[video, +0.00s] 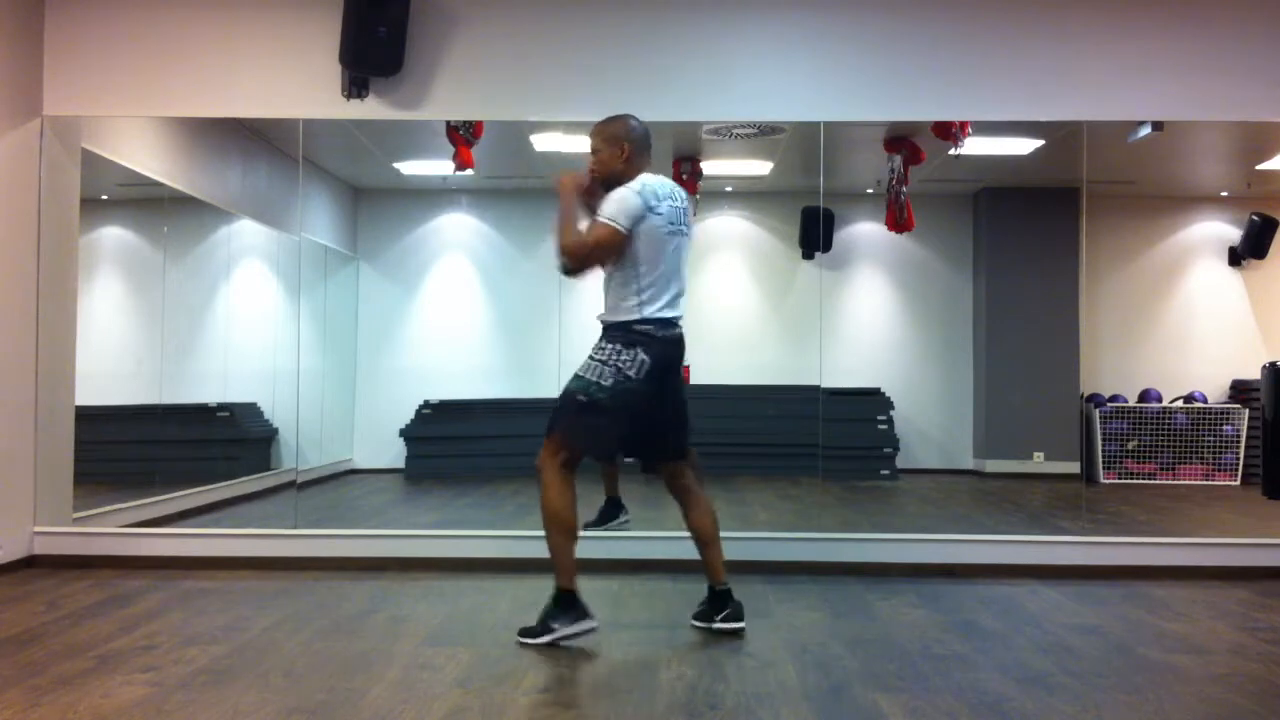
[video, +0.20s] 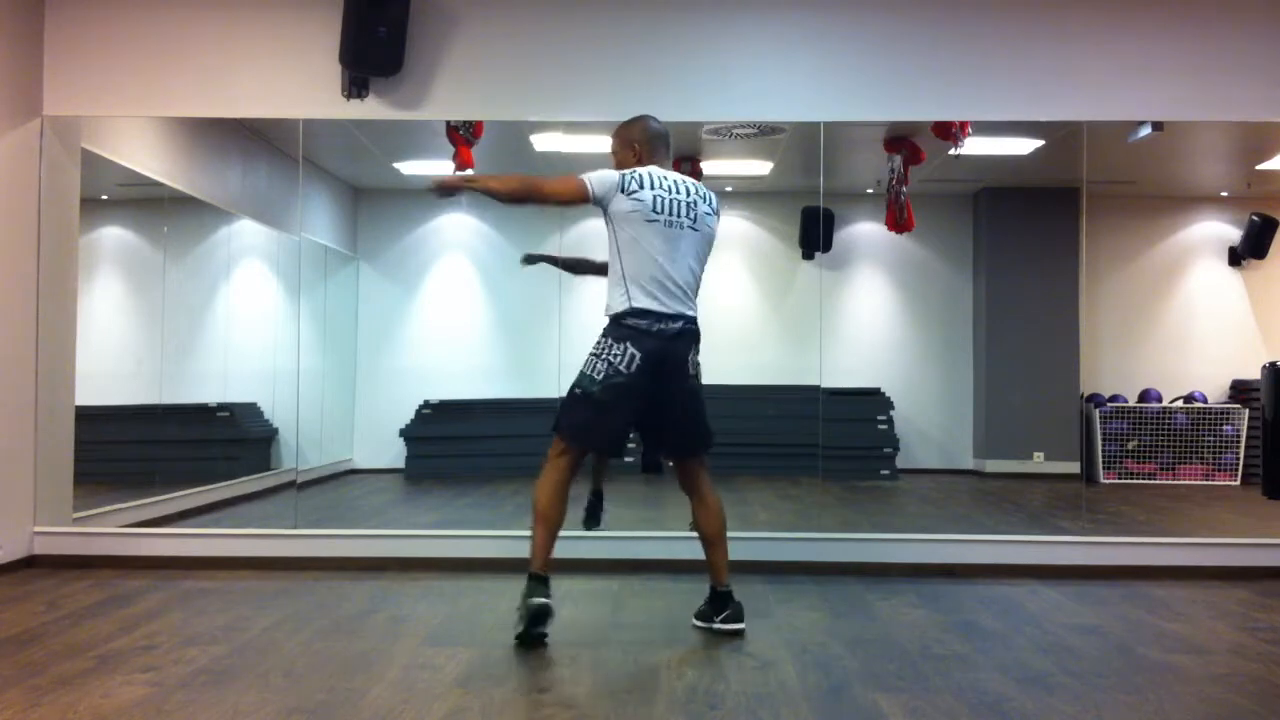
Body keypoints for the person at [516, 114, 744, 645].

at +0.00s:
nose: (591, 161)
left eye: (596, 151)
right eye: (591, 151)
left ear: (623, 151)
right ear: (639, 150)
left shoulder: (631, 194)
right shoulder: (676, 197)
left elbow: (573, 257)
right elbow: (610, 254)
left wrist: (569, 199)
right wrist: (591, 202)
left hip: (628, 346)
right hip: (663, 346)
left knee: (554, 460)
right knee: (681, 474)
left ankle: (567, 601)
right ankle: (722, 598)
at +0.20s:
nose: (614, 164)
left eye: (616, 155)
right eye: (614, 156)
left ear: (635, 150)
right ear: (662, 152)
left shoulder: (622, 181)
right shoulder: (705, 202)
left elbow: (537, 189)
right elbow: (646, 263)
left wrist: (467, 180)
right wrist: (573, 264)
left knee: (562, 457)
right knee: (696, 476)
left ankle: (537, 586)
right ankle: (723, 598)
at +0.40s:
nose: (595, 163)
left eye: (599, 153)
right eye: (595, 154)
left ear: (627, 149)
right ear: (640, 149)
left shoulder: (631, 184)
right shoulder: (680, 197)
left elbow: (570, 235)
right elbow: (656, 275)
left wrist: (534, 198)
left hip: (636, 343)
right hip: (671, 345)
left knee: (566, 460)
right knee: (682, 473)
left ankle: (579, 605)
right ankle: (722, 598)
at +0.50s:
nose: (585, 165)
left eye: (589, 155)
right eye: (583, 156)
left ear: (621, 151)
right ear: (620, 152)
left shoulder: (653, 192)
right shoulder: (624, 199)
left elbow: (607, 255)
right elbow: (580, 251)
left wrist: (568, 199)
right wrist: (552, 201)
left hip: (642, 350)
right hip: (637, 348)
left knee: (574, 461)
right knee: (662, 472)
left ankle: (581, 605)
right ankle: (731, 584)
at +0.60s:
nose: (587, 167)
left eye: (592, 156)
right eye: (584, 158)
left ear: (626, 152)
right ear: (612, 155)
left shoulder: (665, 199)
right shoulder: (613, 195)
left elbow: (633, 263)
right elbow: (532, 203)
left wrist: (593, 204)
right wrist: (478, 182)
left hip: (645, 349)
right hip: (623, 346)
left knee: (580, 460)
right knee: (656, 473)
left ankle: (582, 605)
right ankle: (729, 575)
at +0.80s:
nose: (576, 169)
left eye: (581, 159)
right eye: (573, 160)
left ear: (614, 153)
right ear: (608, 154)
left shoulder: (649, 198)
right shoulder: (608, 199)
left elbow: (607, 268)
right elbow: (542, 229)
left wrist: (582, 206)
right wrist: (497, 192)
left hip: (641, 351)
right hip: (623, 350)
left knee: (576, 463)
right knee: (646, 472)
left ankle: (582, 606)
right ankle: (722, 576)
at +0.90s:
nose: (570, 171)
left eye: (574, 161)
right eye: (568, 162)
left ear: (604, 156)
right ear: (609, 156)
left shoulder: (626, 194)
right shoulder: (642, 194)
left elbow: (567, 253)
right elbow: (588, 262)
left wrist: (551, 199)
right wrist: (566, 207)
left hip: (633, 349)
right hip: (654, 347)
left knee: (561, 464)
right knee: (662, 472)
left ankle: (579, 607)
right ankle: (711, 593)